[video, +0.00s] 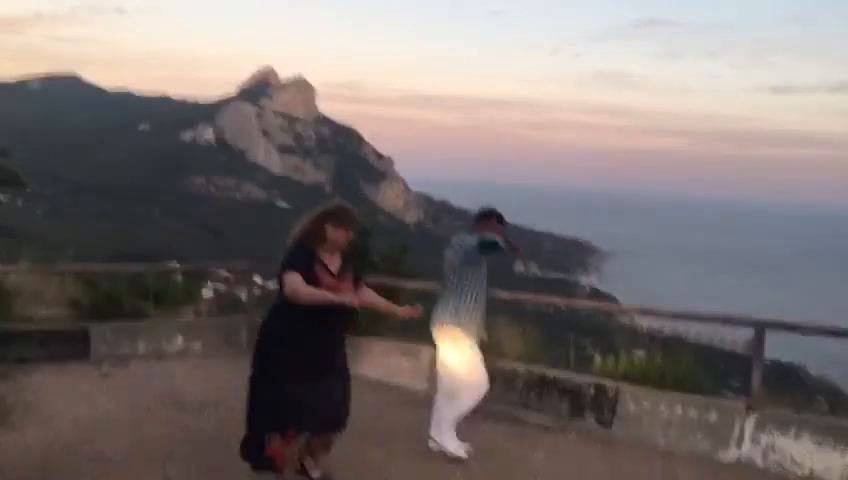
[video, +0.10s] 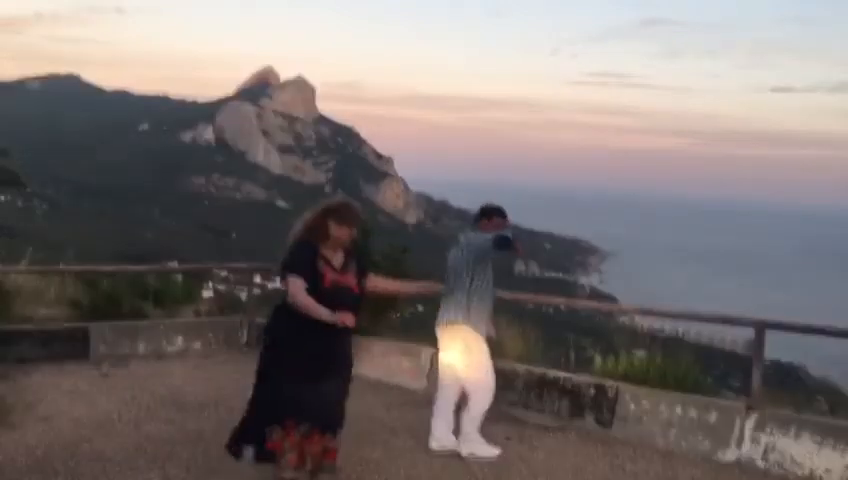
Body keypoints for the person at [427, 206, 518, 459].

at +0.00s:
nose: (497, 236)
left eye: (499, 232)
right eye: (496, 230)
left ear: (481, 226)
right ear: (484, 224)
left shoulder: (472, 248)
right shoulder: (461, 242)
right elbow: (487, 246)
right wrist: (503, 243)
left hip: (459, 327)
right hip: (453, 326)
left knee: (449, 385)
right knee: (477, 383)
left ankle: (439, 435)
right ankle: (443, 429)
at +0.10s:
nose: (501, 232)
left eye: (503, 228)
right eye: (499, 227)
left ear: (482, 221)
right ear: (487, 222)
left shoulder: (461, 246)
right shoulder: (472, 241)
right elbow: (499, 242)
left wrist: (483, 322)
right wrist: (511, 244)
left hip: (449, 323)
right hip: (465, 326)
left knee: (448, 385)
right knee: (483, 384)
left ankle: (441, 437)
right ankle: (470, 439)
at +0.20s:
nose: (506, 228)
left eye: (506, 224)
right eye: (503, 223)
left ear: (482, 221)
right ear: (489, 220)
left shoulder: (458, 247)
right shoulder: (486, 241)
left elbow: (444, 272)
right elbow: (517, 242)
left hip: (452, 326)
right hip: (476, 325)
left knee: (453, 384)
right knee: (485, 386)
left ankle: (442, 437)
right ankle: (478, 444)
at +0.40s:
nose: (509, 228)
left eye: (509, 223)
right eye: (506, 223)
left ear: (483, 222)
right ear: (495, 222)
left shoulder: (461, 247)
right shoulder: (496, 244)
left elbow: (448, 270)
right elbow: (537, 245)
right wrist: (529, 265)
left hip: (461, 324)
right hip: (488, 324)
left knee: (470, 380)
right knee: (490, 383)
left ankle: (463, 436)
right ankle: (478, 444)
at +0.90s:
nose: (492, 229)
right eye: (491, 226)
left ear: (465, 229)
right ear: (489, 228)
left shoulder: (455, 250)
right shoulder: (503, 248)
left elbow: (417, 264)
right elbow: (539, 266)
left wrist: (397, 261)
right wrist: (554, 279)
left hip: (464, 327)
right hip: (497, 326)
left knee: (461, 381)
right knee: (495, 379)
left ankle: (467, 438)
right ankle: (494, 435)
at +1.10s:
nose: (455, 231)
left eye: (457, 227)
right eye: (456, 227)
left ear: (462, 228)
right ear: (482, 228)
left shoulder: (458, 251)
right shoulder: (500, 249)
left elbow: (428, 266)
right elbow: (524, 272)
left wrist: (411, 257)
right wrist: (531, 271)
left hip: (464, 330)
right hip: (493, 328)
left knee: (456, 379)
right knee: (476, 374)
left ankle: (466, 438)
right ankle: (485, 427)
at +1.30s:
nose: (454, 232)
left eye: (457, 228)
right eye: (456, 227)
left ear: (465, 229)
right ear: (477, 229)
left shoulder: (469, 253)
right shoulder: (492, 250)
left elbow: (443, 269)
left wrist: (427, 261)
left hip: (468, 327)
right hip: (487, 327)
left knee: (449, 376)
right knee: (464, 378)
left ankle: (465, 433)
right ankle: (459, 423)